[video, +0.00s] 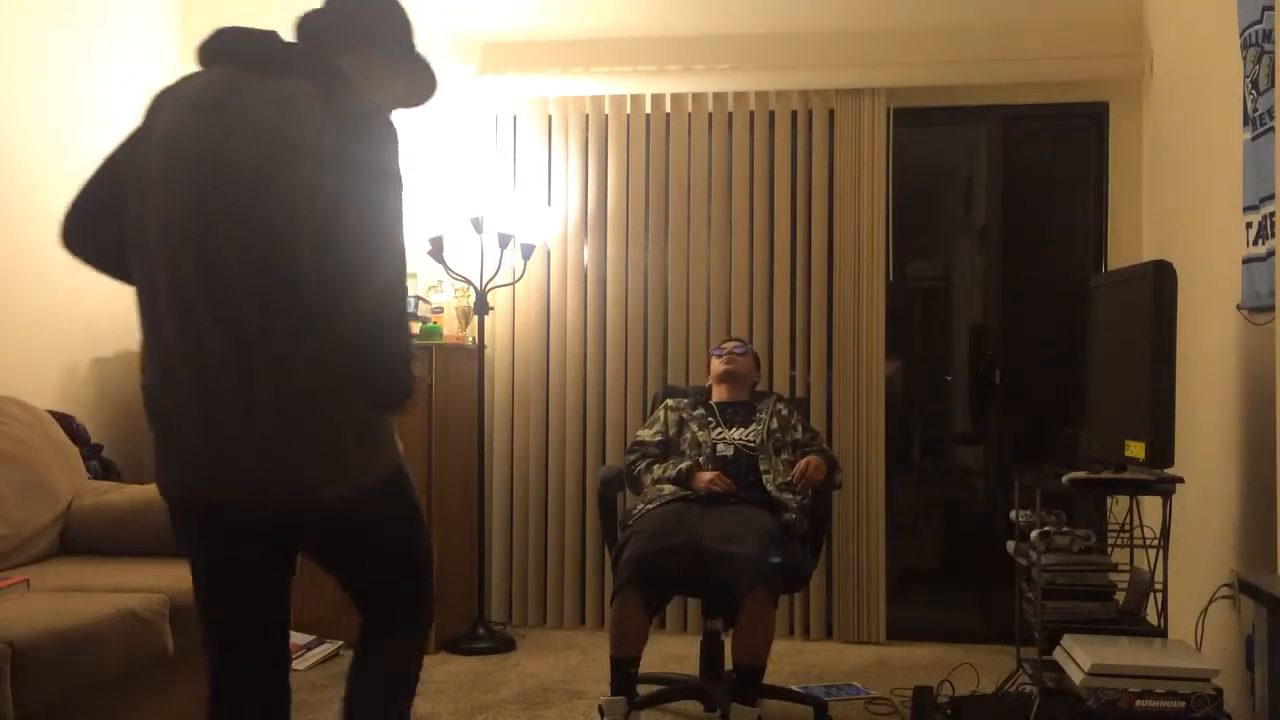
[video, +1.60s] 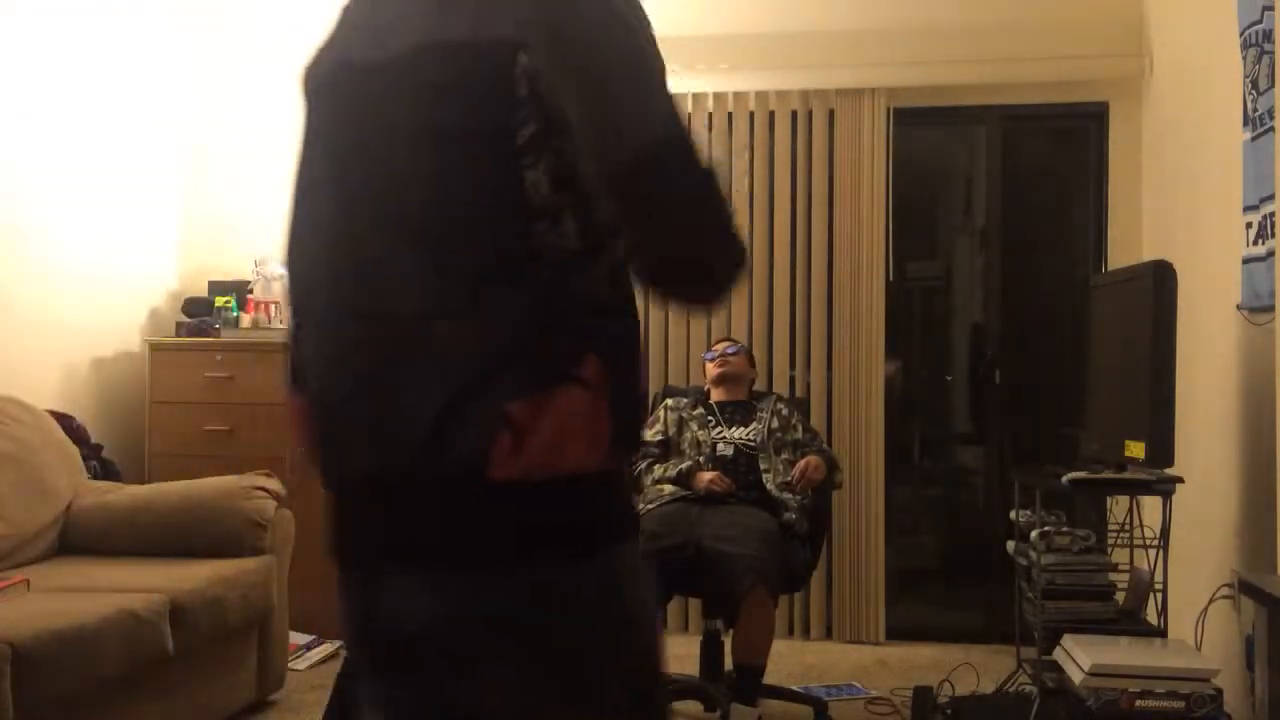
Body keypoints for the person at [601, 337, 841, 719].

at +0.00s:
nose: (728, 351)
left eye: (739, 349)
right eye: (719, 350)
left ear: (757, 370)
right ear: (708, 371)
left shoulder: (779, 412)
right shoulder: (674, 410)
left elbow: (824, 457)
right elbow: (638, 464)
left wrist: (820, 461)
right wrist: (690, 476)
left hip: (750, 507)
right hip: (673, 504)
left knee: (758, 576)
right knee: (638, 568)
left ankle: (746, 703)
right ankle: (621, 694)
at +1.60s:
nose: (722, 354)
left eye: (733, 349)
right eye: (714, 353)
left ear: (752, 370)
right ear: (704, 374)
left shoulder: (780, 411)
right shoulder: (674, 407)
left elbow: (826, 463)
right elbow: (643, 469)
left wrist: (819, 460)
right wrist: (690, 477)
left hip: (749, 508)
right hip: (675, 506)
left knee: (757, 580)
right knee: (634, 572)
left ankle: (745, 704)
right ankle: (637, 693)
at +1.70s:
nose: (722, 358)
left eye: (731, 352)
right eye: (715, 355)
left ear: (752, 369)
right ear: (708, 370)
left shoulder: (773, 407)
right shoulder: (694, 406)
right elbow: (667, 459)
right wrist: (694, 477)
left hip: (758, 511)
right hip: (695, 511)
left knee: (756, 584)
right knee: (681, 578)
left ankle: (746, 698)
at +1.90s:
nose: (742, 379)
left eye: (747, 371)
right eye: (734, 371)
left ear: (754, 374)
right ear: (720, 376)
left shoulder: (777, 412)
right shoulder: (706, 420)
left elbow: (825, 459)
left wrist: (819, 462)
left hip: (781, 532)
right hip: (725, 533)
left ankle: (752, 684)